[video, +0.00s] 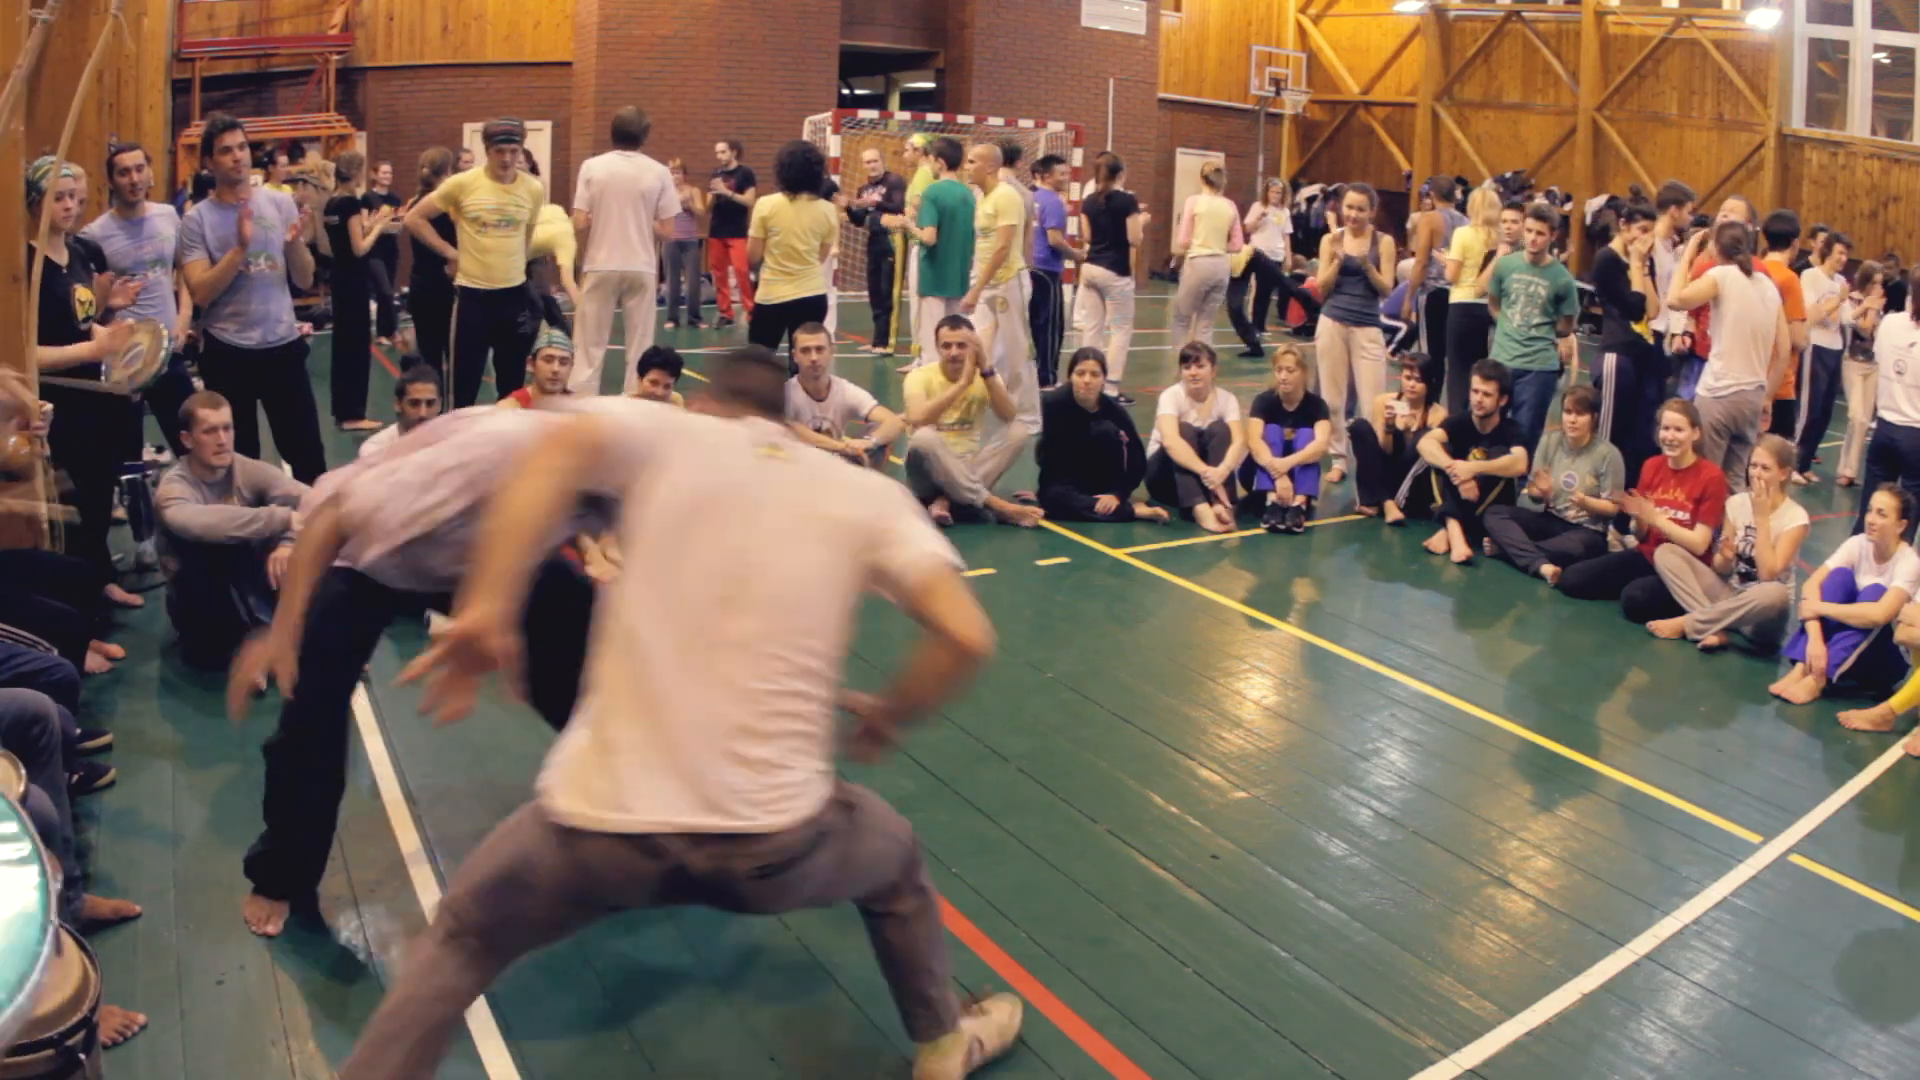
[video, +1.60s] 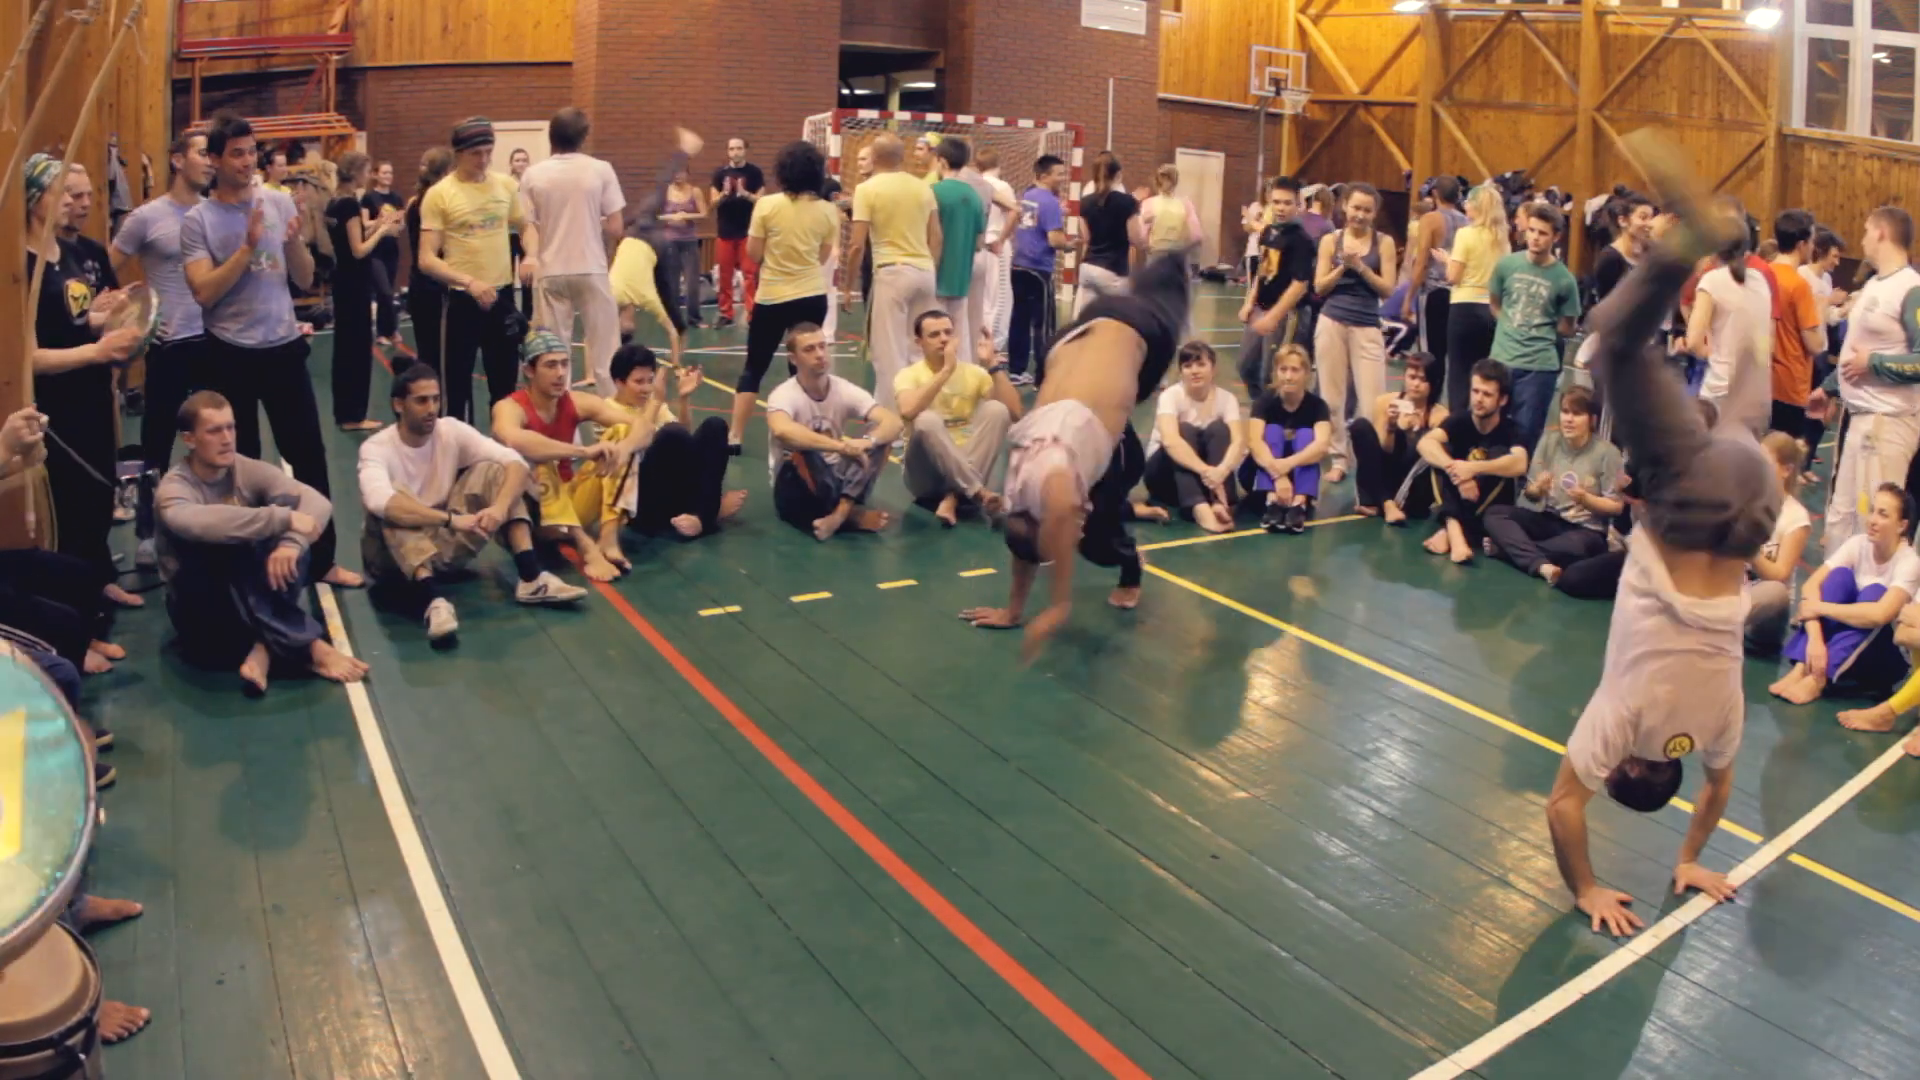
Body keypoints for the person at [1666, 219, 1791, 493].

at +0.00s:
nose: (1711, 249)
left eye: (1711, 245)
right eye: (1712, 244)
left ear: (1716, 248)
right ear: (1746, 247)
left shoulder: (1721, 276)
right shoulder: (1768, 285)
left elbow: (1676, 299)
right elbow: (1784, 348)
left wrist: (1688, 255)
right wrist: (1767, 396)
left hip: (1718, 392)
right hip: (1755, 392)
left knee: (1705, 477)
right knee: (1738, 478)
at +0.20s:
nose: (1706, 252)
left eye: (1708, 246)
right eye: (1707, 246)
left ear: (1714, 249)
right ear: (1743, 248)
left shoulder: (1717, 279)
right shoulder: (1764, 283)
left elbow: (1691, 330)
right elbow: (1772, 343)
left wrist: (1679, 297)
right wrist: (1761, 383)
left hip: (1719, 391)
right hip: (1755, 391)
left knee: (1706, 476)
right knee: (1738, 476)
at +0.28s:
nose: (1705, 252)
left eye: (1707, 246)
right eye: (1707, 246)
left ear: (1714, 250)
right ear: (1743, 248)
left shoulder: (1714, 279)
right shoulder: (1764, 284)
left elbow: (1701, 337)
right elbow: (1773, 344)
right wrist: (1758, 377)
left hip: (1718, 390)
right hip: (1755, 391)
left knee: (1706, 476)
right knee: (1738, 476)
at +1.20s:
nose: (1700, 251)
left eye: (1702, 245)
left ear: (1707, 249)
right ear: (1740, 248)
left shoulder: (1708, 280)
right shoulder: (1757, 281)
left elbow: (1699, 340)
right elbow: (1767, 338)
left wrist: (1687, 345)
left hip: (1719, 390)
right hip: (1756, 389)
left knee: (1708, 480)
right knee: (1744, 482)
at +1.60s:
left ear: (1714, 246)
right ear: (1746, 244)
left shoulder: (1711, 281)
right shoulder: (1760, 280)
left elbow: (1693, 342)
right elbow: (1768, 340)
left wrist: (1712, 353)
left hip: (1720, 390)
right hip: (1760, 392)